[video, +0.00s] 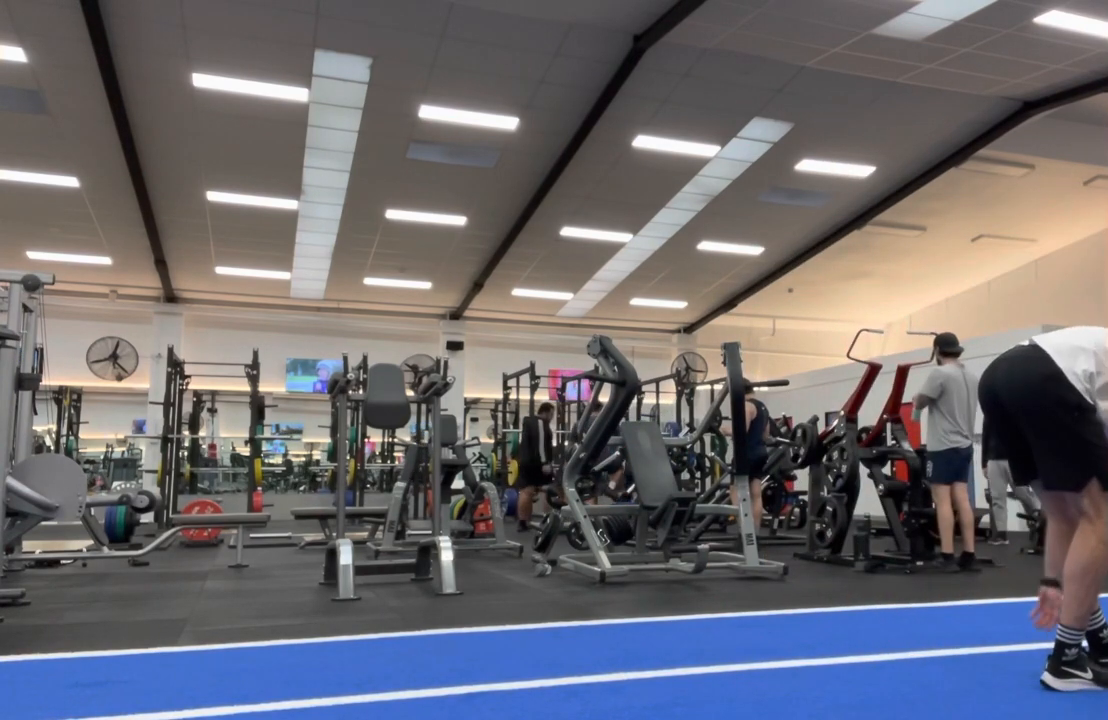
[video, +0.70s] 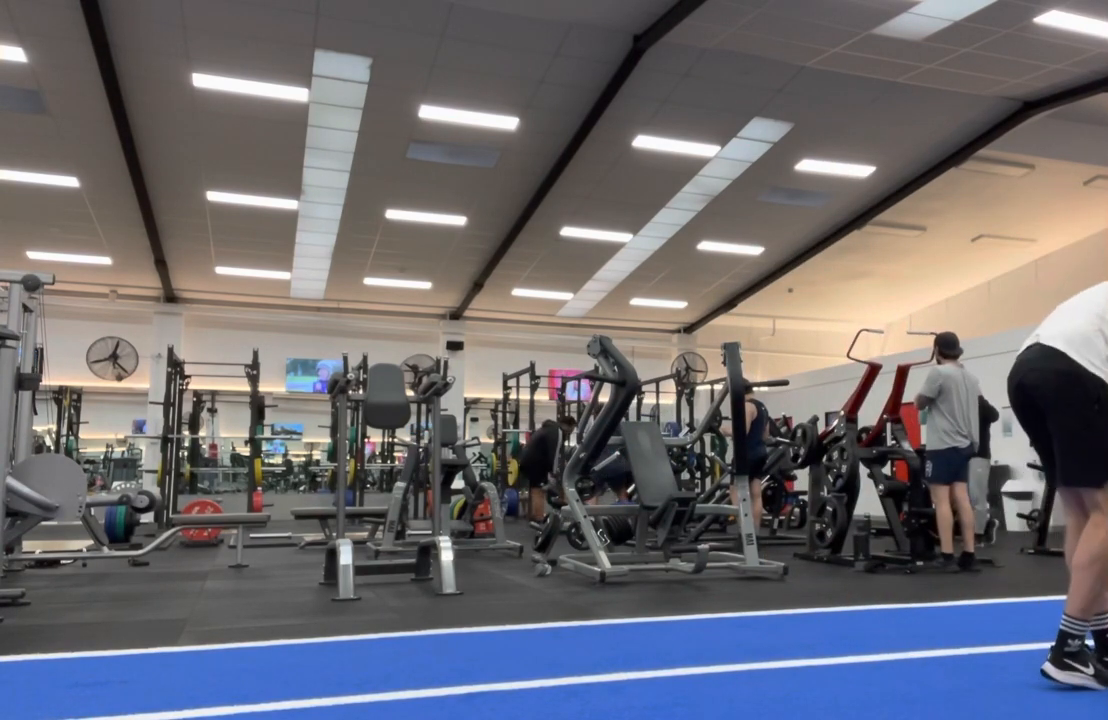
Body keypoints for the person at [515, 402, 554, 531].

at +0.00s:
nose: (552, 417)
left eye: (552, 414)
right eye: (551, 414)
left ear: (540, 412)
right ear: (546, 413)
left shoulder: (529, 421)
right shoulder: (540, 423)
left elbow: (525, 443)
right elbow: (541, 444)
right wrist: (545, 462)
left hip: (525, 461)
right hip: (534, 462)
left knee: (525, 491)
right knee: (528, 491)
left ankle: (523, 521)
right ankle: (523, 521)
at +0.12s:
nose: (551, 416)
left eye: (551, 414)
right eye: (550, 413)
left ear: (540, 412)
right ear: (545, 413)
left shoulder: (541, 425)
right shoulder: (537, 423)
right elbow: (534, 443)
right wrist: (532, 461)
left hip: (536, 464)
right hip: (534, 464)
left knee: (530, 492)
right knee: (526, 491)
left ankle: (525, 520)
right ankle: (522, 521)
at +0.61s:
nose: (565, 425)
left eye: (565, 422)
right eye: (565, 421)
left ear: (555, 416)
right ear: (561, 419)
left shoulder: (542, 424)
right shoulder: (552, 427)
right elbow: (548, 447)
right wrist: (547, 466)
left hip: (529, 461)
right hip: (538, 463)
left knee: (534, 491)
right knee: (537, 492)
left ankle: (528, 516)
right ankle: (539, 519)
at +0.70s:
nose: (570, 432)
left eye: (572, 429)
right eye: (570, 429)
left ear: (561, 423)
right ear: (566, 426)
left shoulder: (549, 428)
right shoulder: (556, 432)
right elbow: (555, 453)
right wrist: (554, 471)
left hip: (529, 460)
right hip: (536, 463)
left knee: (534, 490)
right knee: (538, 491)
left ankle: (533, 516)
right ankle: (538, 517)